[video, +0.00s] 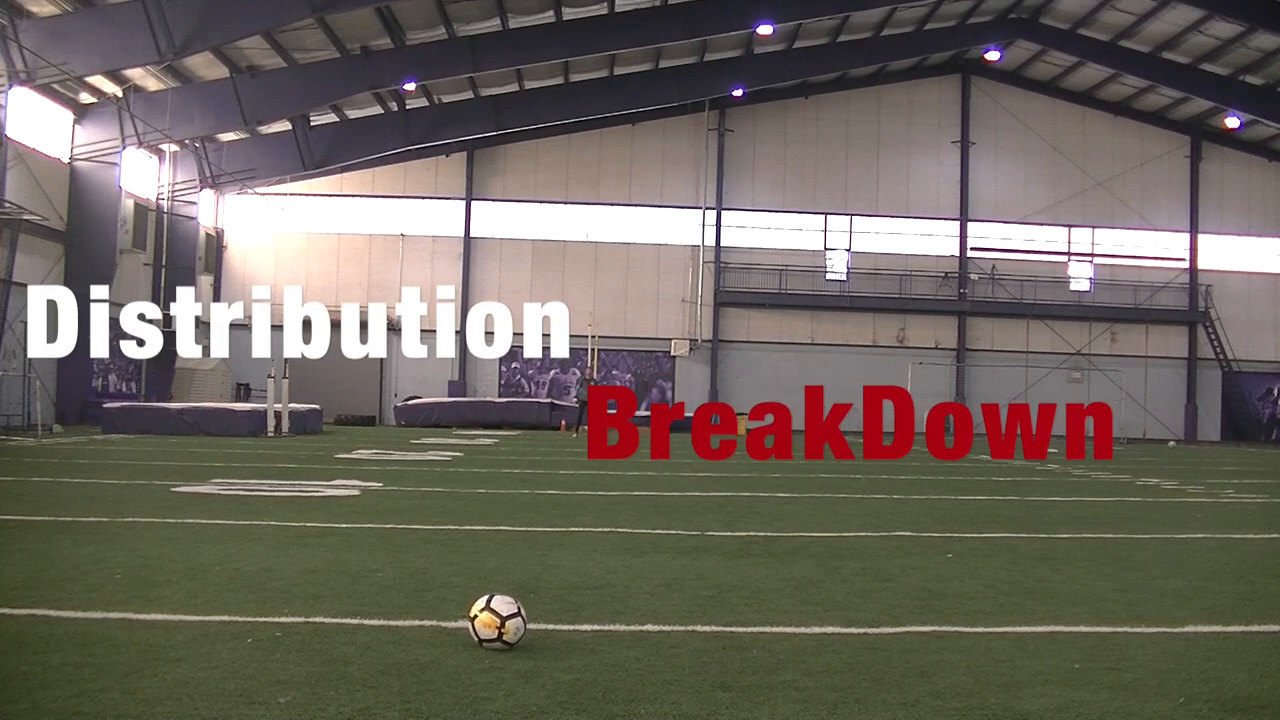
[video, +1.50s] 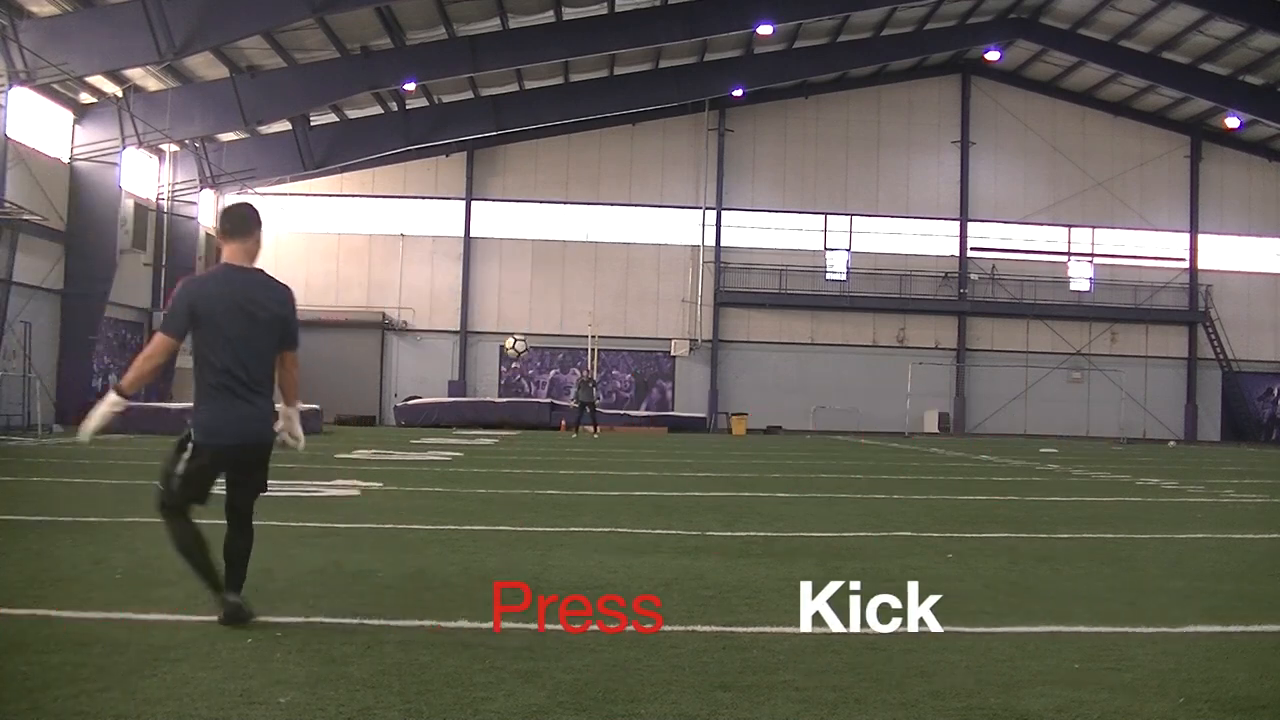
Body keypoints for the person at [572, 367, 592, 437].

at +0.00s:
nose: (589, 374)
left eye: (590, 373)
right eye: (587, 373)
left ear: (592, 373)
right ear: (585, 373)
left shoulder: (594, 381)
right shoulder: (581, 380)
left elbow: (596, 391)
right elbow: (577, 388)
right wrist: (576, 396)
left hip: (590, 400)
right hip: (582, 399)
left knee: (590, 416)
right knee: (580, 415)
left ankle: (591, 431)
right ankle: (576, 431)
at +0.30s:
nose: (584, 372)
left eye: (585, 371)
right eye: (583, 371)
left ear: (587, 372)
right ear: (581, 372)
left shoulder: (590, 380)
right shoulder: (578, 380)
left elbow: (592, 390)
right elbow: (575, 389)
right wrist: (574, 398)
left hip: (588, 400)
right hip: (579, 400)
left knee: (588, 417)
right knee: (578, 417)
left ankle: (589, 433)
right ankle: (576, 432)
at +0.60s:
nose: (582, 375)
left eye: (584, 373)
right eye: (581, 373)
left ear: (586, 373)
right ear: (579, 373)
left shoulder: (589, 381)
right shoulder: (576, 381)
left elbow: (593, 390)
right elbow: (572, 390)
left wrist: (594, 398)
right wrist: (569, 398)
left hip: (587, 400)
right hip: (578, 400)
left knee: (592, 416)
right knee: (577, 417)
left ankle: (593, 431)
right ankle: (575, 432)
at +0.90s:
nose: (583, 375)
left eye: (584, 373)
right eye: (582, 374)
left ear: (587, 374)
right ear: (580, 374)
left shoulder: (591, 381)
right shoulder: (578, 382)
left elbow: (596, 390)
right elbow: (574, 391)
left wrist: (597, 398)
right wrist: (571, 398)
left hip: (589, 401)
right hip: (580, 401)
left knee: (592, 416)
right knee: (578, 417)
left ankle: (595, 432)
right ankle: (575, 432)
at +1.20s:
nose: (585, 375)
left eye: (586, 374)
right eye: (584, 374)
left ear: (588, 374)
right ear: (582, 374)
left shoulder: (592, 381)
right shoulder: (579, 381)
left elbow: (596, 390)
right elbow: (577, 390)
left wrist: (597, 398)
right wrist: (575, 399)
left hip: (590, 401)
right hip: (582, 401)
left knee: (593, 416)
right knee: (579, 416)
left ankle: (595, 432)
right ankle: (576, 432)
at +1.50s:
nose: (585, 375)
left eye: (586, 373)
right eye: (584, 373)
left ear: (588, 374)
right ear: (582, 374)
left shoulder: (592, 381)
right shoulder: (580, 381)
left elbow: (596, 390)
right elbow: (576, 390)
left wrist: (597, 398)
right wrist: (575, 398)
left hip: (590, 401)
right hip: (582, 401)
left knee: (593, 417)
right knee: (578, 416)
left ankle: (595, 432)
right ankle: (576, 432)